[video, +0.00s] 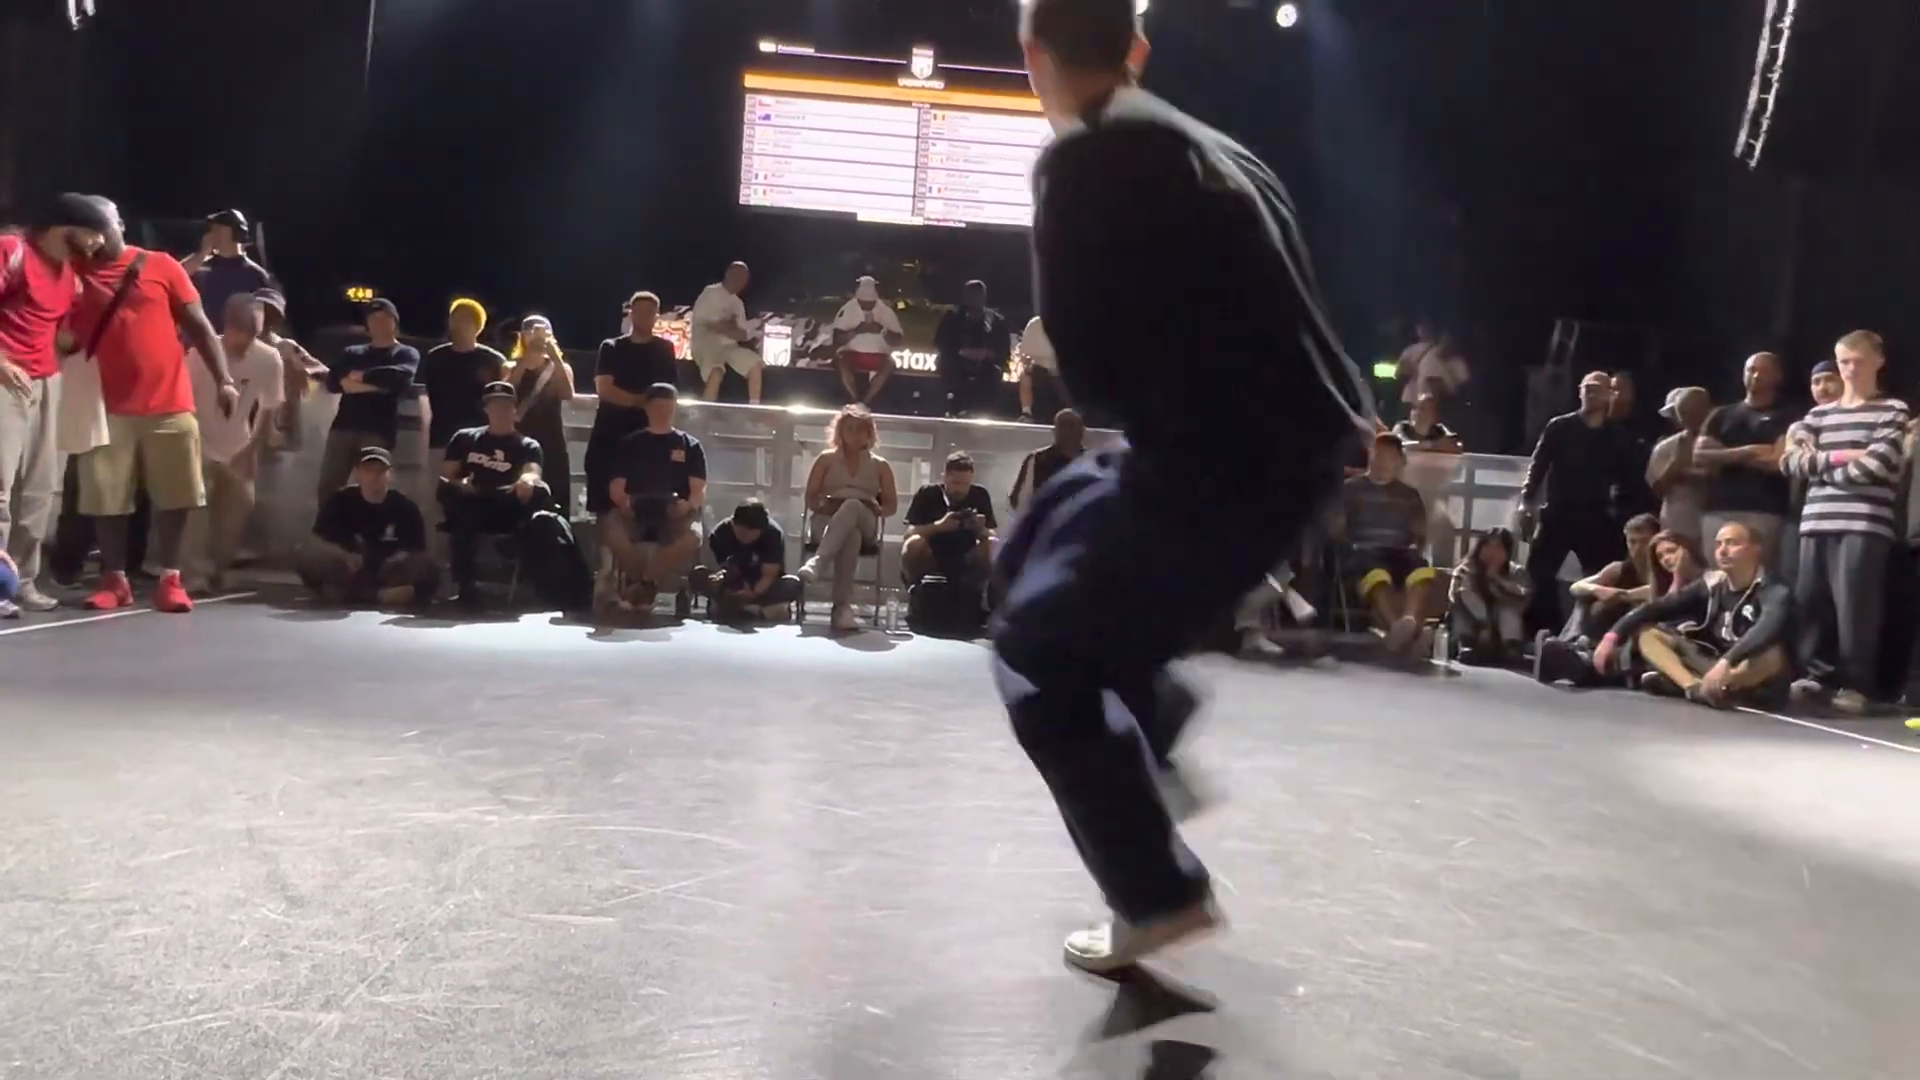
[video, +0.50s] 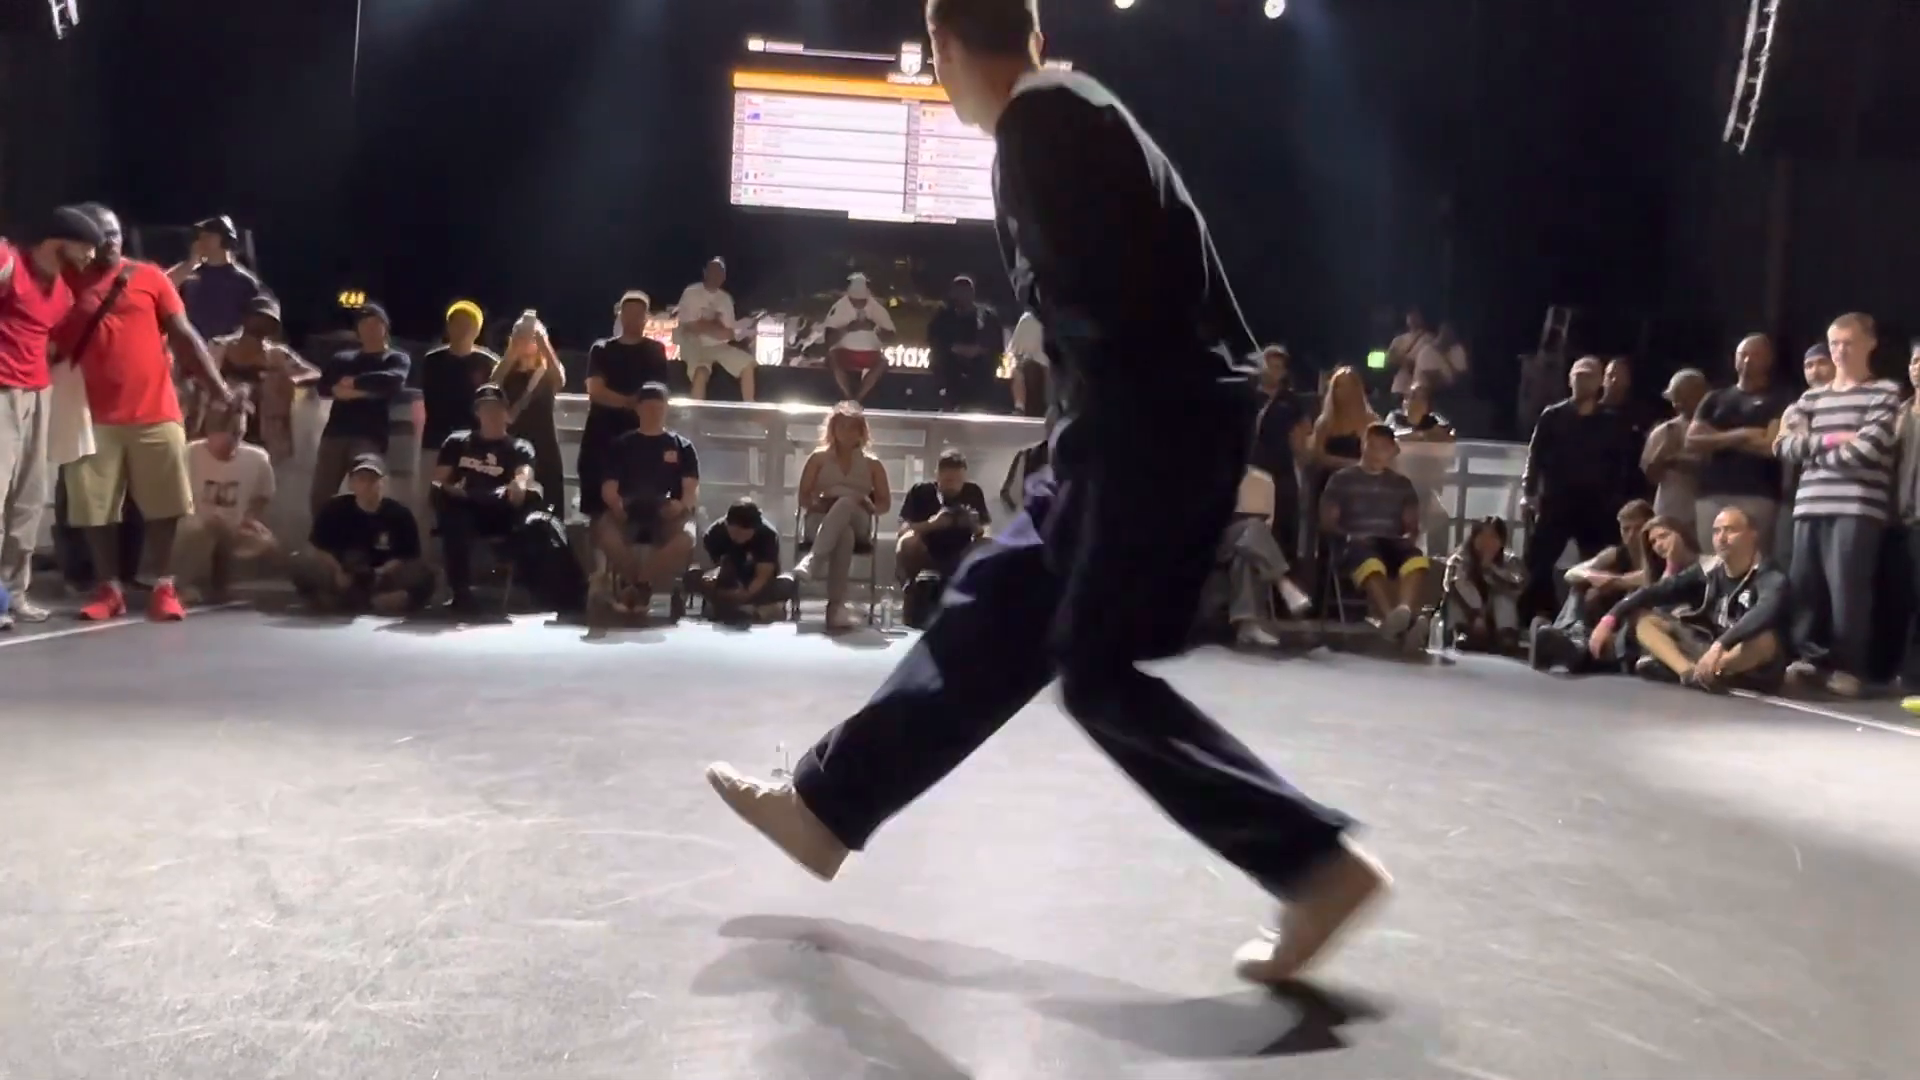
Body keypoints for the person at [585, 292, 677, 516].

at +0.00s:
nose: (645, 317)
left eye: (650, 312)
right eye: (640, 311)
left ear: (656, 316)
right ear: (630, 314)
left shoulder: (664, 348)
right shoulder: (611, 346)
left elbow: (667, 396)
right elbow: (604, 390)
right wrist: (642, 401)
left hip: (647, 435)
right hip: (611, 432)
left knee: (645, 502)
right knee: (605, 504)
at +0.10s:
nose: (642, 318)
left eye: (646, 313)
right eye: (636, 312)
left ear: (653, 318)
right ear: (626, 315)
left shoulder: (661, 350)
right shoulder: (607, 348)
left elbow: (663, 397)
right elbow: (600, 391)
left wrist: (614, 393)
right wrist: (638, 403)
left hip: (644, 436)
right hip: (607, 433)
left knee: (641, 502)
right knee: (601, 505)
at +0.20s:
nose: (639, 324)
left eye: (644, 318)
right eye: (634, 317)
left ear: (651, 322)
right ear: (625, 319)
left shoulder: (659, 354)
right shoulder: (606, 352)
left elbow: (663, 400)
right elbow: (598, 395)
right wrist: (636, 406)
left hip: (644, 440)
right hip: (606, 438)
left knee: (642, 507)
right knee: (601, 509)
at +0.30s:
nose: (639, 328)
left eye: (645, 323)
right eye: (635, 322)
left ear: (652, 326)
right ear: (625, 323)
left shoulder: (661, 357)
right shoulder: (607, 356)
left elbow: (664, 405)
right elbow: (600, 399)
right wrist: (637, 410)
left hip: (645, 444)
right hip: (608, 442)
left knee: (643, 512)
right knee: (603, 514)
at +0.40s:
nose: (638, 328)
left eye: (643, 322)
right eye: (633, 321)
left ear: (650, 325)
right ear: (623, 322)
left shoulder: (660, 357)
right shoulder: (606, 356)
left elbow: (661, 405)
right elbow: (599, 398)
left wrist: (615, 404)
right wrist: (636, 409)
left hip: (644, 445)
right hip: (606, 443)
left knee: (643, 513)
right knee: (602, 515)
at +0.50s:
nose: (634, 319)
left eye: (639, 314)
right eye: (629, 313)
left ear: (646, 318)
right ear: (620, 315)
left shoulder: (655, 350)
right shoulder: (601, 348)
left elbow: (658, 396)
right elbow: (595, 391)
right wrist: (631, 402)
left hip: (640, 435)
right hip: (602, 433)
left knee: (638, 503)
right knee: (598, 505)